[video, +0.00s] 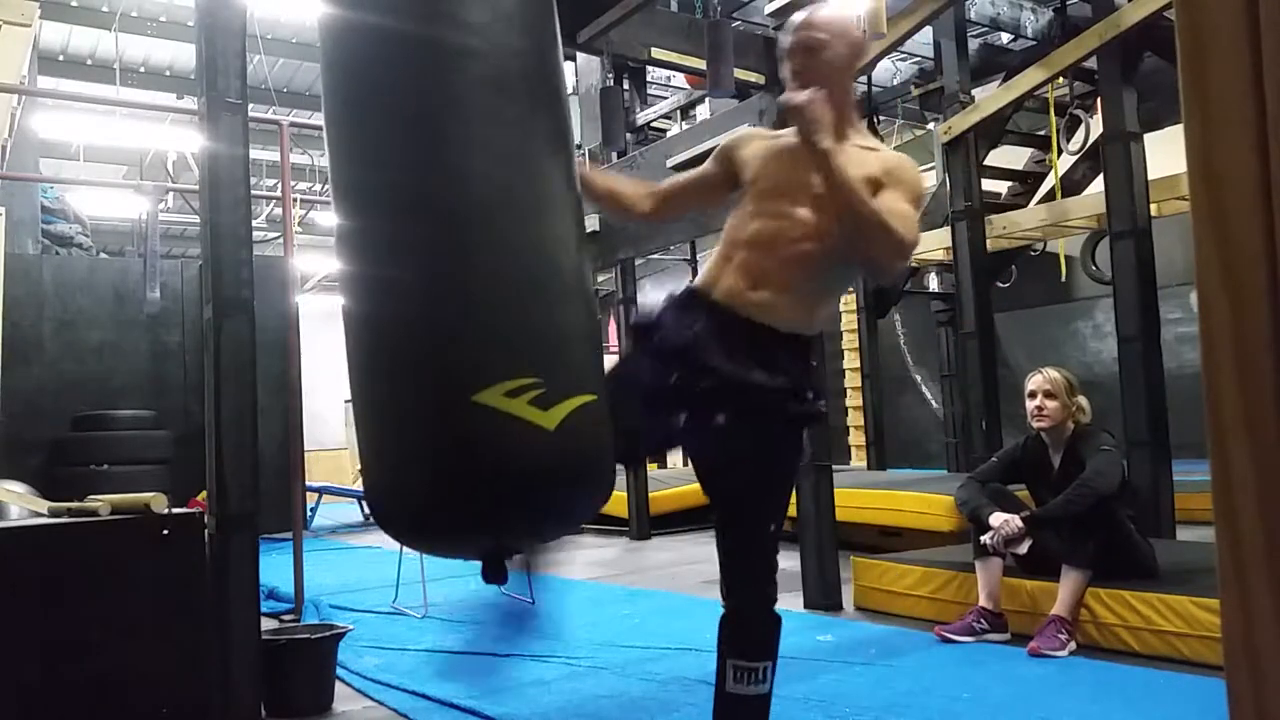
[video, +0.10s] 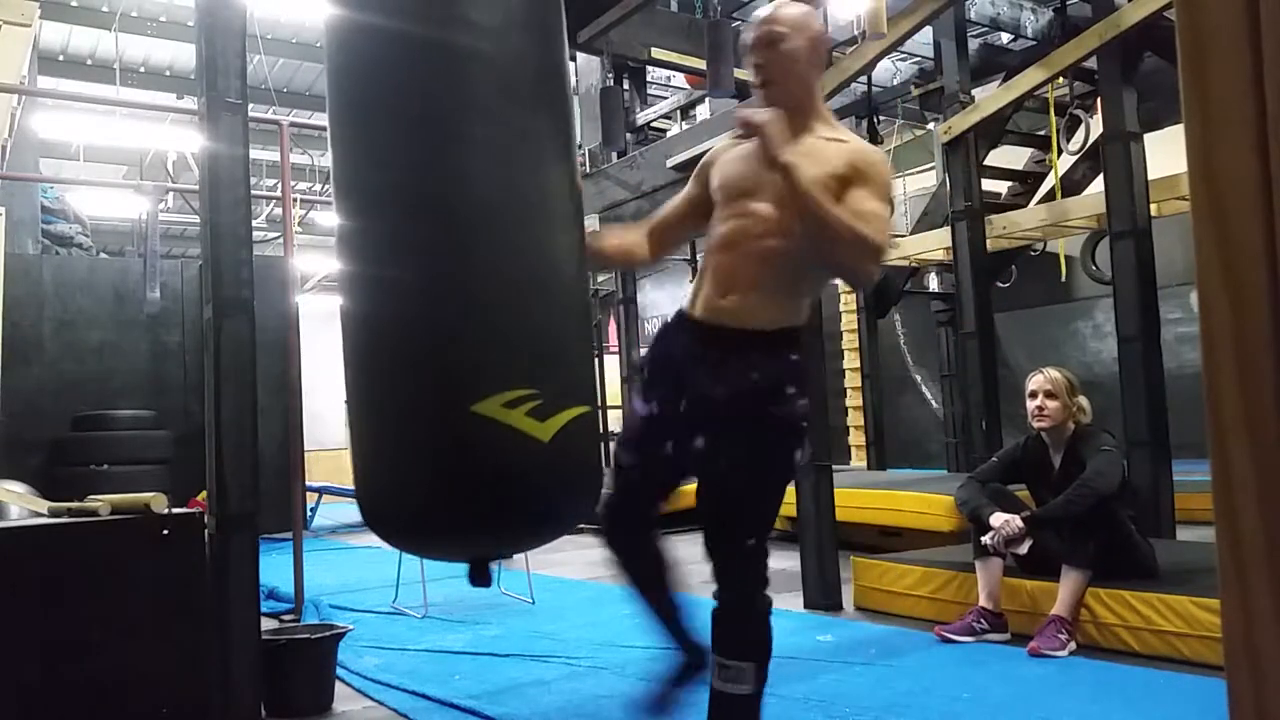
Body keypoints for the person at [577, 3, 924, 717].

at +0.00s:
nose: (798, 50)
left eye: (818, 40)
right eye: (792, 38)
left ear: (862, 55)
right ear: (780, 53)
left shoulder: (893, 170)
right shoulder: (750, 149)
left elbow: (891, 257)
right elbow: (651, 202)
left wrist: (824, 147)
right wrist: (569, 167)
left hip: (771, 368)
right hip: (686, 331)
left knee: (747, 574)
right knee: (567, 464)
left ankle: (740, 716)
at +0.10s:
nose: (755, 54)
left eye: (774, 40)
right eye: (751, 44)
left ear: (822, 53)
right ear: (746, 59)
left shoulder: (857, 158)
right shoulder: (727, 154)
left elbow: (863, 263)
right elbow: (648, 241)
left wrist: (784, 161)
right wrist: (566, 239)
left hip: (767, 367)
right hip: (685, 354)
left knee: (738, 556)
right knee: (623, 520)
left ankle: (733, 711)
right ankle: (693, 648)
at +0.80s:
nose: (738, 173)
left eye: (735, 159)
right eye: (732, 162)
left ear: (759, 136)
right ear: (789, 131)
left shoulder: (779, 182)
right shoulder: (860, 193)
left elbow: (722, 235)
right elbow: (919, 277)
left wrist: (598, 213)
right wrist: (877, 334)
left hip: (815, 374)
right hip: (875, 371)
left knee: (749, 548)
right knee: (887, 540)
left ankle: (752, 712)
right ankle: (947, 698)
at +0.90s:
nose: (750, 150)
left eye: (748, 137)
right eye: (745, 140)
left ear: (770, 113)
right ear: (803, 108)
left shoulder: (788, 153)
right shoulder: (872, 169)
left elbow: (746, 224)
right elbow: (945, 252)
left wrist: (624, 218)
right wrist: (890, 324)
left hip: (815, 347)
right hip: (870, 348)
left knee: (763, 530)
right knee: (870, 519)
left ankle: (782, 707)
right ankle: (929, 672)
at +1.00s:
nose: (751, 135)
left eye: (756, 120)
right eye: (748, 124)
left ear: (791, 102)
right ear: (809, 107)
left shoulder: (790, 155)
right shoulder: (880, 173)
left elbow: (744, 232)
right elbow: (961, 250)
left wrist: (632, 236)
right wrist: (907, 322)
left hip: (820, 352)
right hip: (875, 351)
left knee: (770, 536)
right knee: (854, 521)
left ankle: (790, 708)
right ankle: (899, 677)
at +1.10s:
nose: (758, 155)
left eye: (766, 139)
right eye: (755, 143)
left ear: (805, 130)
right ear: (816, 136)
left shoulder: (794, 189)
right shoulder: (878, 198)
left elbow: (733, 263)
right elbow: (965, 274)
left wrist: (639, 264)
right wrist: (919, 353)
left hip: (827, 386)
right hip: (878, 384)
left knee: (778, 560)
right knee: (852, 547)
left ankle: (806, 711)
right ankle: (908, 695)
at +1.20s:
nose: (763, 158)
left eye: (772, 142)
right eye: (760, 147)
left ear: (812, 131)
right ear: (821, 139)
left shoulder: (797, 192)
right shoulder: (884, 201)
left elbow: (740, 268)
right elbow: (957, 291)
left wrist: (649, 295)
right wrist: (925, 373)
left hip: (831, 382)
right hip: (882, 382)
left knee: (808, 558)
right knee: (855, 553)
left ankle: (815, 710)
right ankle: (905, 694)